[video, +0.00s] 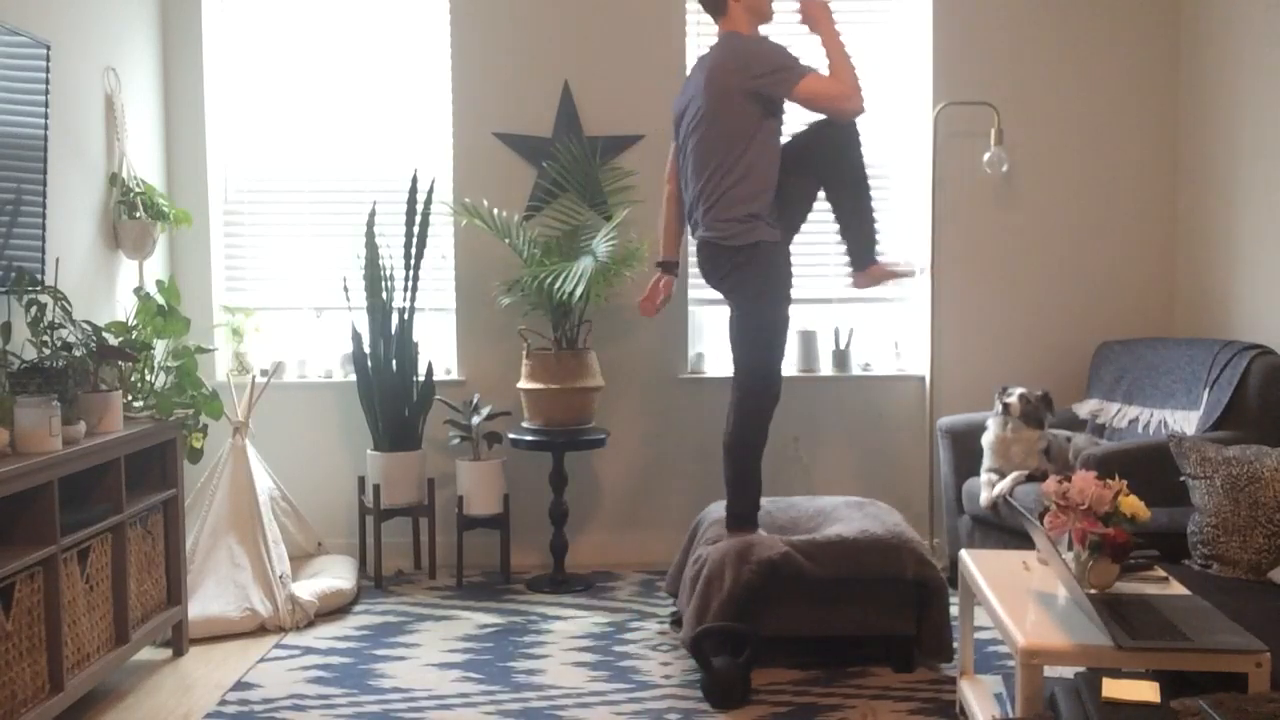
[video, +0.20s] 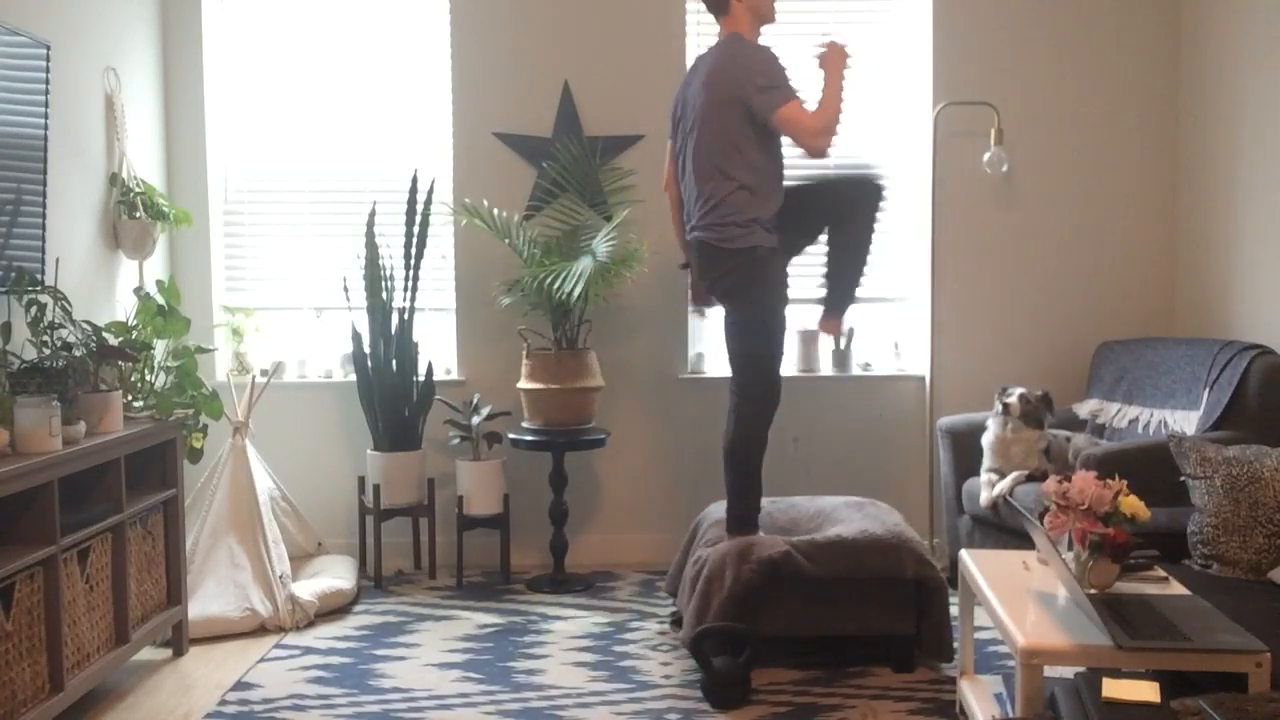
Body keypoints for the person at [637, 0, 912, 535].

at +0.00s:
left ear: (719, 8)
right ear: (740, 1)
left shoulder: (696, 79)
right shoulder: (749, 52)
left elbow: (675, 182)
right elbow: (847, 100)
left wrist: (667, 265)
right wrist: (826, 30)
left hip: (720, 244)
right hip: (750, 245)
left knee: (832, 135)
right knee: (757, 393)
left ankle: (865, 262)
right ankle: (742, 534)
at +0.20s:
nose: (771, 2)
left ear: (724, 10)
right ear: (741, 4)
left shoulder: (695, 76)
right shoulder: (748, 59)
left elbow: (673, 181)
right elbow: (816, 137)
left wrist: (691, 255)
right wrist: (834, 73)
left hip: (714, 240)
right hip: (743, 246)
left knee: (859, 192)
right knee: (755, 397)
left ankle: (832, 323)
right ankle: (742, 541)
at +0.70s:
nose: (747, 86)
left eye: (743, 75)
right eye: (738, 76)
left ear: (708, 87)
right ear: (709, 85)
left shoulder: (710, 158)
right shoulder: (696, 155)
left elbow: (722, 262)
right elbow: (656, 245)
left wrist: (792, 239)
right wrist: (684, 336)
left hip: (685, 331)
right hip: (696, 332)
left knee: (665, 467)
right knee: (805, 416)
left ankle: (617, 590)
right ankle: (742, 547)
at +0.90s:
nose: (712, 113)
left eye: (710, 102)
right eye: (704, 103)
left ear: (678, 111)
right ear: (674, 110)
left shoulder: (677, 184)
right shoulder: (656, 178)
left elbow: (711, 276)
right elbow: (608, 262)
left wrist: (732, 211)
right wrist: (601, 360)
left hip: (659, 358)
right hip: (660, 357)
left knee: (644, 489)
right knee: (796, 385)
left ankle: (596, 618)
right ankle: (746, 514)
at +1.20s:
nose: (680, 102)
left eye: (678, 94)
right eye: (671, 93)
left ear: (645, 105)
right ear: (641, 103)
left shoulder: (649, 178)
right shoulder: (625, 173)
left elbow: (674, 276)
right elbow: (585, 267)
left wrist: (699, 205)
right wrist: (592, 362)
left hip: (634, 350)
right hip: (633, 351)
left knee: (617, 485)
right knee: (724, 456)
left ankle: (594, 621)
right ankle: (623, 539)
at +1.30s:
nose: (675, 102)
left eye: (672, 93)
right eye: (666, 93)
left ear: (636, 104)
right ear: (636, 103)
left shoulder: (632, 174)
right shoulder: (624, 176)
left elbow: (653, 276)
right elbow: (609, 279)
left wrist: (708, 247)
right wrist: (632, 366)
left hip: (623, 347)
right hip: (628, 350)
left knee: (617, 492)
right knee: (655, 499)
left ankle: (595, 616)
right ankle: (589, 620)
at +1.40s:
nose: (673, 99)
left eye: (669, 89)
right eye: (662, 90)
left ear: (633, 103)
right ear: (632, 101)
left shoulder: (619, 173)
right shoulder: (623, 175)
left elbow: (625, 282)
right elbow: (633, 280)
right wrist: (691, 352)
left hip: (632, 356)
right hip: (615, 356)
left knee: (653, 489)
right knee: (620, 493)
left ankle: (601, 613)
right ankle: (572, 639)